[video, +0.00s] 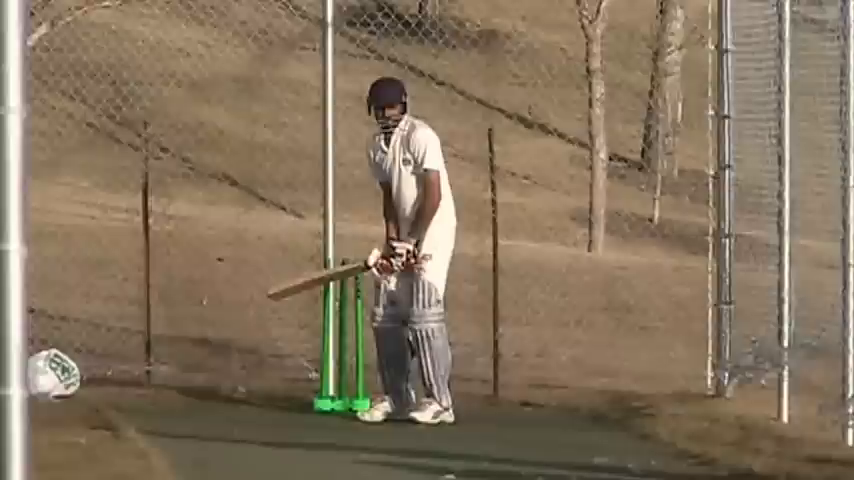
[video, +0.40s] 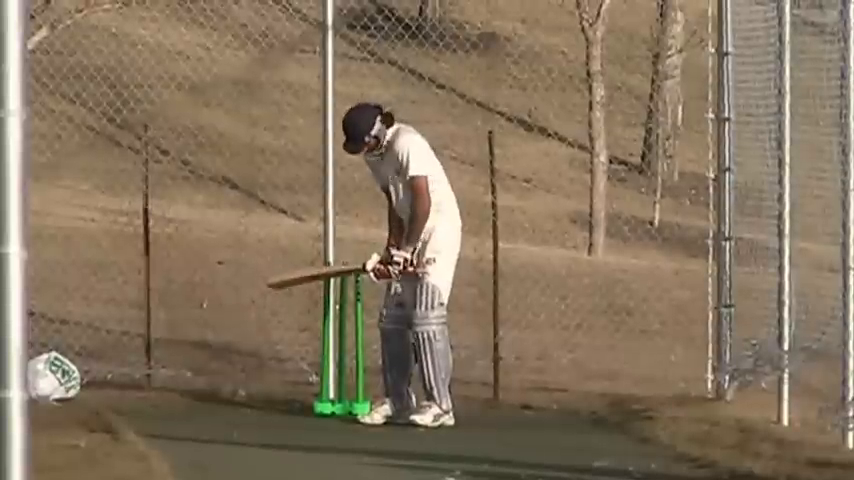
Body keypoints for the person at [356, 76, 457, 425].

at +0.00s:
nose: (388, 115)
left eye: (394, 108)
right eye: (381, 109)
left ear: (405, 106)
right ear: (372, 111)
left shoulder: (421, 136)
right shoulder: (377, 146)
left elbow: (433, 194)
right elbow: (388, 198)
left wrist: (416, 241)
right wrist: (391, 243)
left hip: (432, 236)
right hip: (402, 238)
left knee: (423, 314)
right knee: (386, 314)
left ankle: (438, 401)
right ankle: (398, 397)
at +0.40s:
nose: (365, 152)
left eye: (366, 145)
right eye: (361, 147)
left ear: (378, 130)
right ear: (361, 139)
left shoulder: (407, 143)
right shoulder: (373, 155)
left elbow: (422, 200)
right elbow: (395, 206)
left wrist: (408, 247)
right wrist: (390, 251)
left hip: (437, 235)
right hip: (409, 239)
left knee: (426, 320)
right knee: (393, 320)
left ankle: (439, 405)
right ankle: (398, 401)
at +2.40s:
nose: (381, 129)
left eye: (388, 123)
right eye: (374, 122)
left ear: (399, 123)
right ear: (365, 123)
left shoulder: (411, 152)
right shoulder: (363, 160)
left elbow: (437, 204)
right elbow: (379, 205)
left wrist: (416, 249)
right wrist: (394, 247)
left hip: (432, 241)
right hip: (400, 244)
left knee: (418, 318)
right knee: (376, 320)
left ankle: (438, 407)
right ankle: (397, 403)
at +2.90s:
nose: (377, 146)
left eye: (384, 139)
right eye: (370, 140)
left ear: (395, 139)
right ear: (361, 142)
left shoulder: (406, 173)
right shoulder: (369, 172)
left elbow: (404, 238)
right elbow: (382, 212)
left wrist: (374, 260)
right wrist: (366, 243)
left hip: (431, 257)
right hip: (397, 258)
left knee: (411, 327)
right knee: (369, 330)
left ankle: (439, 406)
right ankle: (397, 405)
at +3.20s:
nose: (410, 149)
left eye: (416, 142)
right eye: (402, 144)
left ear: (425, 142)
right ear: (392, 146)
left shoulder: (443, 168)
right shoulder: (384, 182)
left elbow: (434, 221)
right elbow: (390, 237)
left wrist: (391, 254)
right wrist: (372, 258)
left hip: (439, 271)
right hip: (397, 271)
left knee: (449, 324)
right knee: (360, 331)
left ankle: (445, 407)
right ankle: (381, 394)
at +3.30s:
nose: (416, 148)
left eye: (422, 141)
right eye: (408, 142)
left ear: (431, 138)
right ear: (396, 142)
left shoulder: (441, 147)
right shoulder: (402, 178)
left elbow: (463, 176)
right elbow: (431, 225)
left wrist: (480, 218)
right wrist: (467, 241)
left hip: (448, 256)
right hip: (409, 259)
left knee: (461, 322)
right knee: (390, 329)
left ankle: (450, 401)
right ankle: (362, 394)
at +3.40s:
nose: (428, 150)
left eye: (434, 142)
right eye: (420, 144)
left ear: (439, 139)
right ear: (404, 143)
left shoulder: (442, 147)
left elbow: (483, 180)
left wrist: (526, 205)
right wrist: (533, 199)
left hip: (444, 252)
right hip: (413, 258)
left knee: (462, 324)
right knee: (404, 345)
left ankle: (450, 406)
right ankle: (365, 392)